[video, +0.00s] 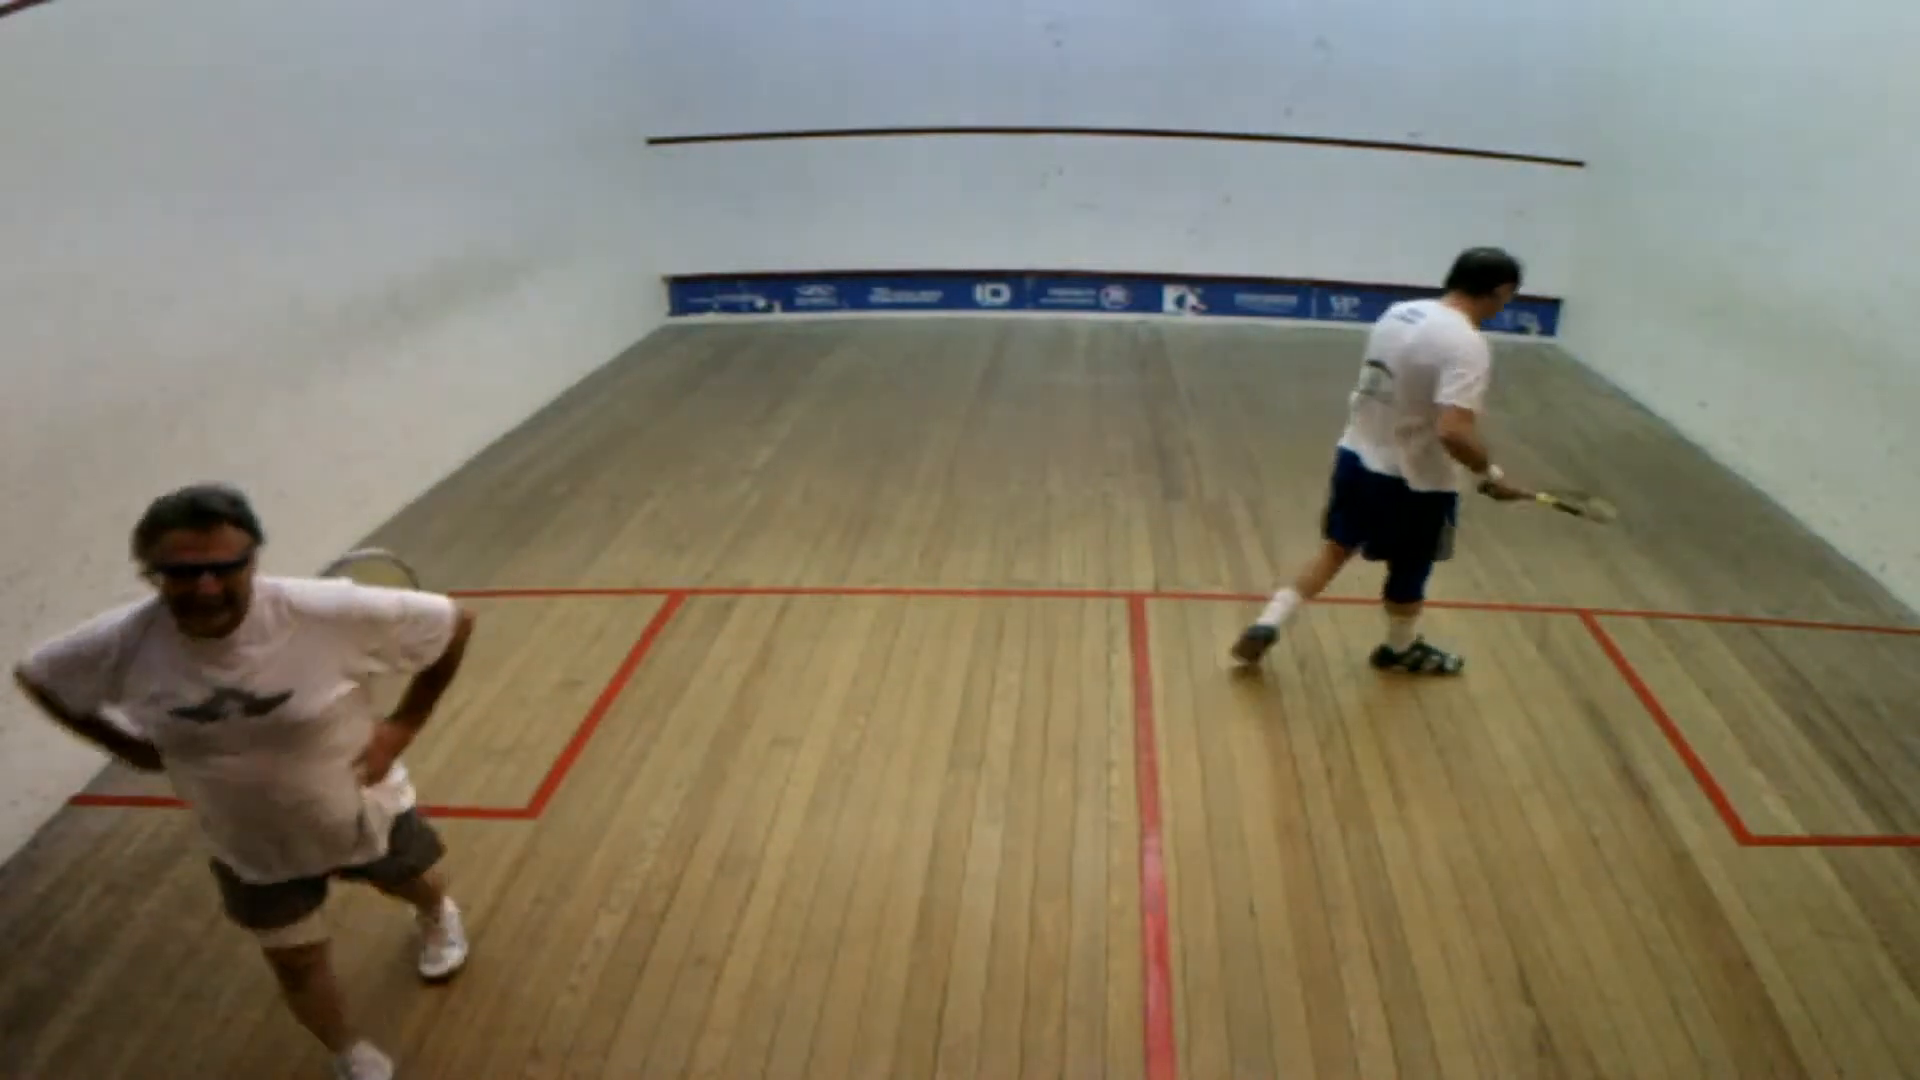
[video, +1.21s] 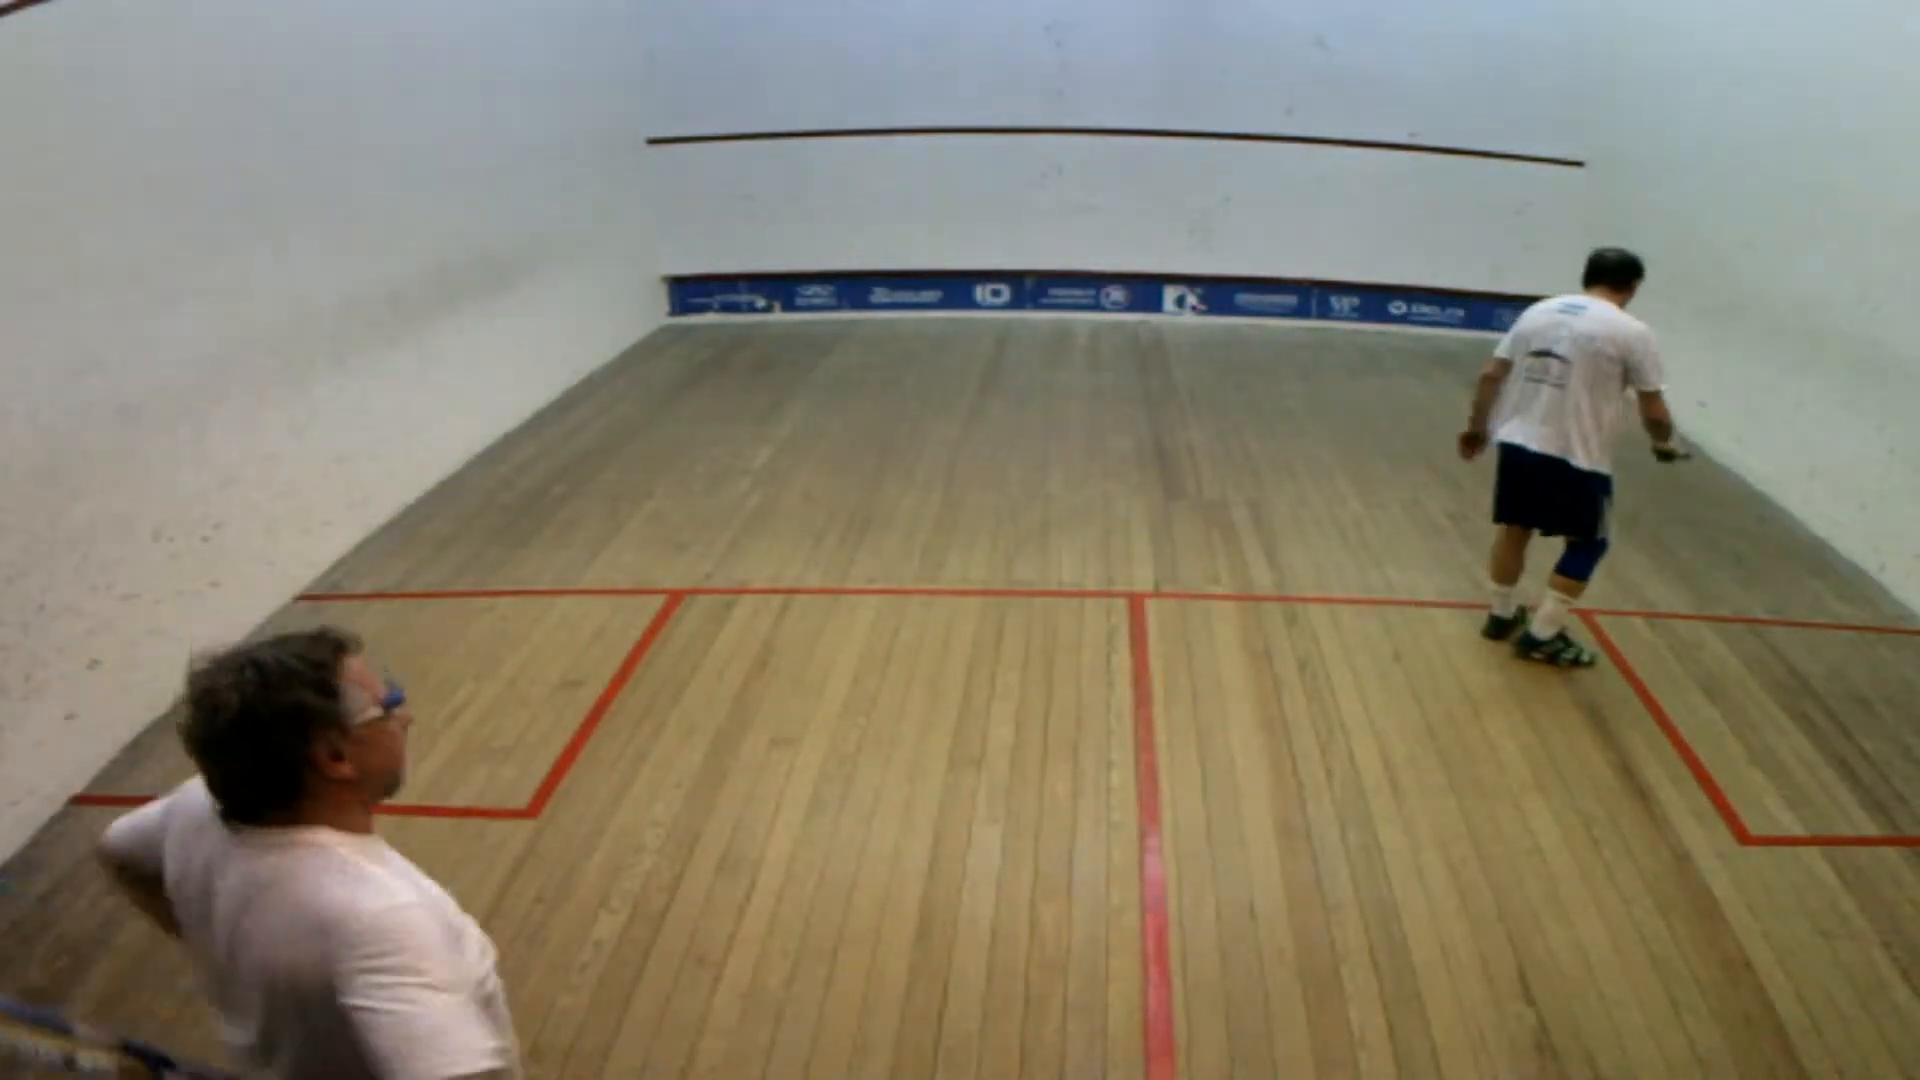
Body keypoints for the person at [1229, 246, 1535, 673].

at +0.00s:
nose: (1504, 307)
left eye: (1508, 298)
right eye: (1506, 297)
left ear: (1458, 280)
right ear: (1492, 292)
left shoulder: (1397, 314)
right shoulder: (1466, 345)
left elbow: (1380, 392)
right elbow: (1453, 431)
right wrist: (1488, 473)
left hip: (1357, 461)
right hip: (1416, 482)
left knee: (1335, 546)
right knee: (1410, 567)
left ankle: (1268, 623)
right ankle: (1401, 645)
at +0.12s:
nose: (1528, 310)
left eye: (1533, 301)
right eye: (1531, 300)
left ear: (1482, 281)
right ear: (1518, 293)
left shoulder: (1423, 314)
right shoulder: (1496, 343)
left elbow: (1401, 389)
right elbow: (1487, 429)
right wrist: (1526, 459)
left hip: (1383, 457)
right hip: (1438, 481)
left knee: (1388, 535)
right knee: (1421, 563)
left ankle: (1324, 605)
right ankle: (1400, 645)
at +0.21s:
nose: (1546, 305)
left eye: (1550, 297)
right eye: (1548, 296)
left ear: (1498, 281)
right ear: (1534, 292)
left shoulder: (1437, 315)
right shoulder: (1515, 344)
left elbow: (1393, 378)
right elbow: (1516, 430)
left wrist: (1366, 425)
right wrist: (1560, 444)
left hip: (1401, 455)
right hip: (1451, 479)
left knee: (1414, 534)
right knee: (1426, 563)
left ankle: (1374, 609)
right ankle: (1401, 644)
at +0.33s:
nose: (1558, 303)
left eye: (1560, 294)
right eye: (1559, 294)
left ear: (1508, 281)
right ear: (1546, 291)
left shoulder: (1450, 315)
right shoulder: (1533, 345)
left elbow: (1395, 373)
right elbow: (1542, 429)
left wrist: (1364, 422)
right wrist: (1584, 447)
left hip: (1416, 454)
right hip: (1466, 478)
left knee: (1427, 542)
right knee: (1431, 564)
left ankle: (1419, 617)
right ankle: (1401, 646)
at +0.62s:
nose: (1581, 300)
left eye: (1583, 294)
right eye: (1582, 293)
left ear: (1530, 282)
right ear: (1573, 291)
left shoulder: (1482, 320)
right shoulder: (1570, 339)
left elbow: (1434, 384)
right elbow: (1594, 424)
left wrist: (1436, 440)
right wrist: (1621, 441)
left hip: (1473, 458)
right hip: (1527, 472)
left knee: (1496, 542)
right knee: (1500, 560)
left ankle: (1501, 610)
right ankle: (1416, 633)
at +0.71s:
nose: (1586, 299)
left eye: (1588, 292)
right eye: (1588, 292)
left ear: (1539, 281)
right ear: (1581, 288)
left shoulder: (1495, 316)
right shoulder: (1583, 333)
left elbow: (1451, 383)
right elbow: (1601, 415)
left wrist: (1460, 438)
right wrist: (1625, 436)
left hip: (1482, 453)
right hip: (1543, 466)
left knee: (1497, 532)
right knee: (1550, 553)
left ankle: (1501, 611)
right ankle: (1455, 618)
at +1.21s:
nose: (1632, 296)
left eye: (1632, 291)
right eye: (1634, 290)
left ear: (1586, 279)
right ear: (1629, 288)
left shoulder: (1540, 311)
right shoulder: (1631, 333)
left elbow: (1492, 374)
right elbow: (1654, 415)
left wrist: (1477, 428)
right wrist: (1664, 445)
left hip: (1517, 445)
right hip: (1579, 458)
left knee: (1514, 527)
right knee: (1588, 542)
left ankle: (1501, 613)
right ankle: (1543, 632)